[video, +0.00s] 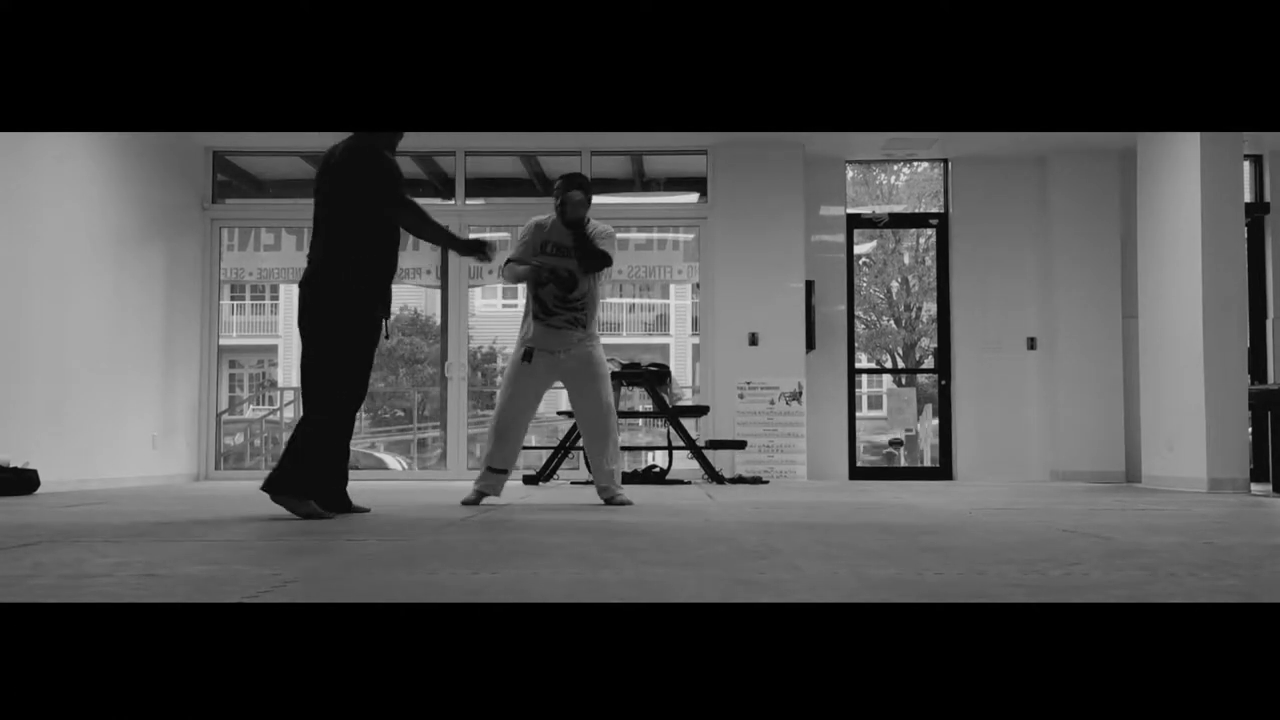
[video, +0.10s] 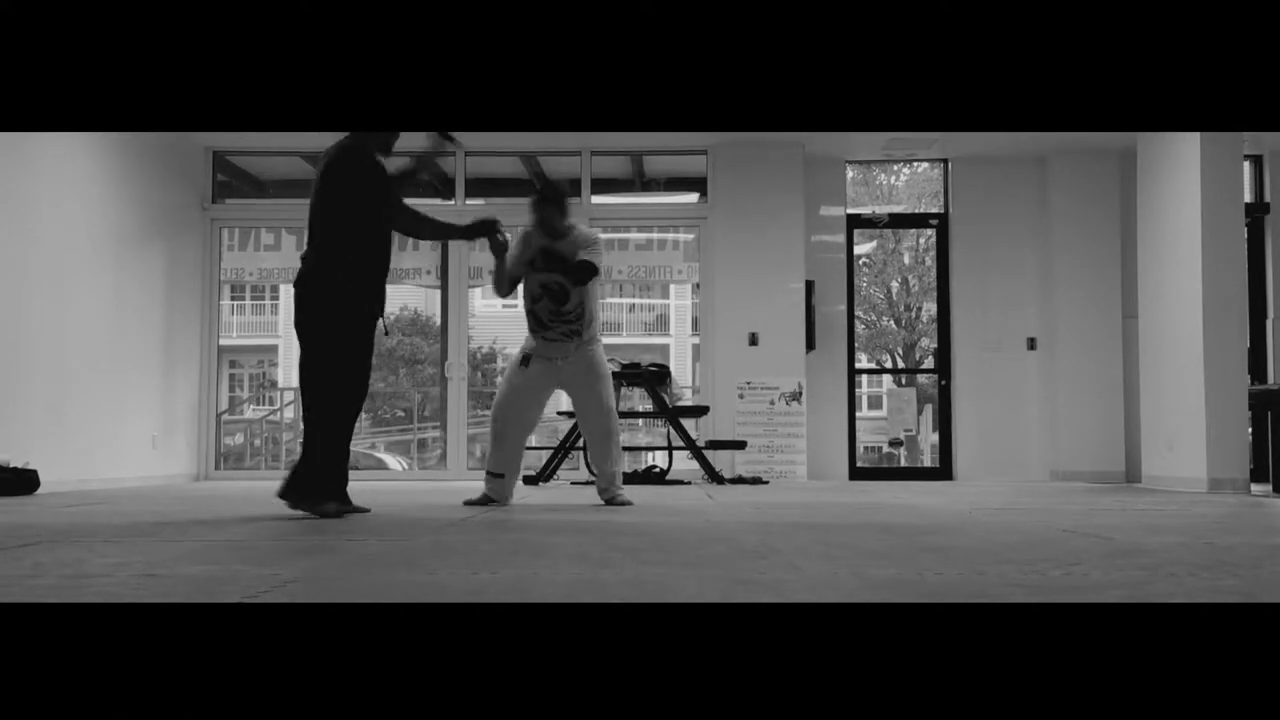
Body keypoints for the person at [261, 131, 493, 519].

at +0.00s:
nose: (400, 143)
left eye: (400, 137)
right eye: (400, 137)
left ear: (364, 130)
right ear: (390, 134)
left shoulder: (337, 158)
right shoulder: (378, 164)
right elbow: (412, 218)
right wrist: (463, 245)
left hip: (324, 293)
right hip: (350, 298)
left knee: (334, 395)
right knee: (340, 395)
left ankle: (331, 492)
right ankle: (289, 483)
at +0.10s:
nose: (397, 138)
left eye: (397, 134)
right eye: (395, 133)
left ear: (363, 129)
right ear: (380, 131)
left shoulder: (346, 159)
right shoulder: (360, 165)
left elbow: (387, 190)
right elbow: (407, 221)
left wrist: (418, 168)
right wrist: (466, 231)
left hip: (332, 297)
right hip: (340, 299)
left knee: (336, 392)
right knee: (339, 393)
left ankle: (325, 490)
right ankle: (314, 489)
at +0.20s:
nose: (393, 143)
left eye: (392, 138)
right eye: (391, 137)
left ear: (359, 130)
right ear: (379, 134)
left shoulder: (347, 162)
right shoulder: (355, 162)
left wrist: (448, 215)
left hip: (324, 297)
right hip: (332, 299)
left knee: (331, 395)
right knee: (339, 395)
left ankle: (330, 498)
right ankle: (333, 500)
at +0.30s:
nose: (394, 141)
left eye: (395, 136)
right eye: (393, 135)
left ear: (363, 132)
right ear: (379, 133)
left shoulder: (366, 166)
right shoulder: (350, 165)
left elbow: (408, 207)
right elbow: (357, 234)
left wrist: (456, 240)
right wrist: (388, 227)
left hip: (337, 301)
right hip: (324, 301)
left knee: (342, 392)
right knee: (343, 392)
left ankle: (333, 498)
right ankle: (332, 500)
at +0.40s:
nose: (396, 142)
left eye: (397, 136)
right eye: (393, 135)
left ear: (368, 135)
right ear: (375, 133)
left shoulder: (367, 171)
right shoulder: (345, 166)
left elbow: (396, 219)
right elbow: (361, 232)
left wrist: (429, 236)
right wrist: (388, 230)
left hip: (341, 303)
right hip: (324, 303)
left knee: (348, 391)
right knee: (340, 391)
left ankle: (334, 497)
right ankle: (331, 498)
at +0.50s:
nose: (393, 146)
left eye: (393, 140)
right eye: (390, 138)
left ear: (364, 135)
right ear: (372, 135)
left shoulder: (355, 171)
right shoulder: (343, 168)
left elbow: (394, 227)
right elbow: (373, 235)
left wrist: (426, 193)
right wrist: (388, 228)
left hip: (339, 305)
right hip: (325, 305)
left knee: (338, 399)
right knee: (334, 399)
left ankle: (328, 497)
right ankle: (329, 499)